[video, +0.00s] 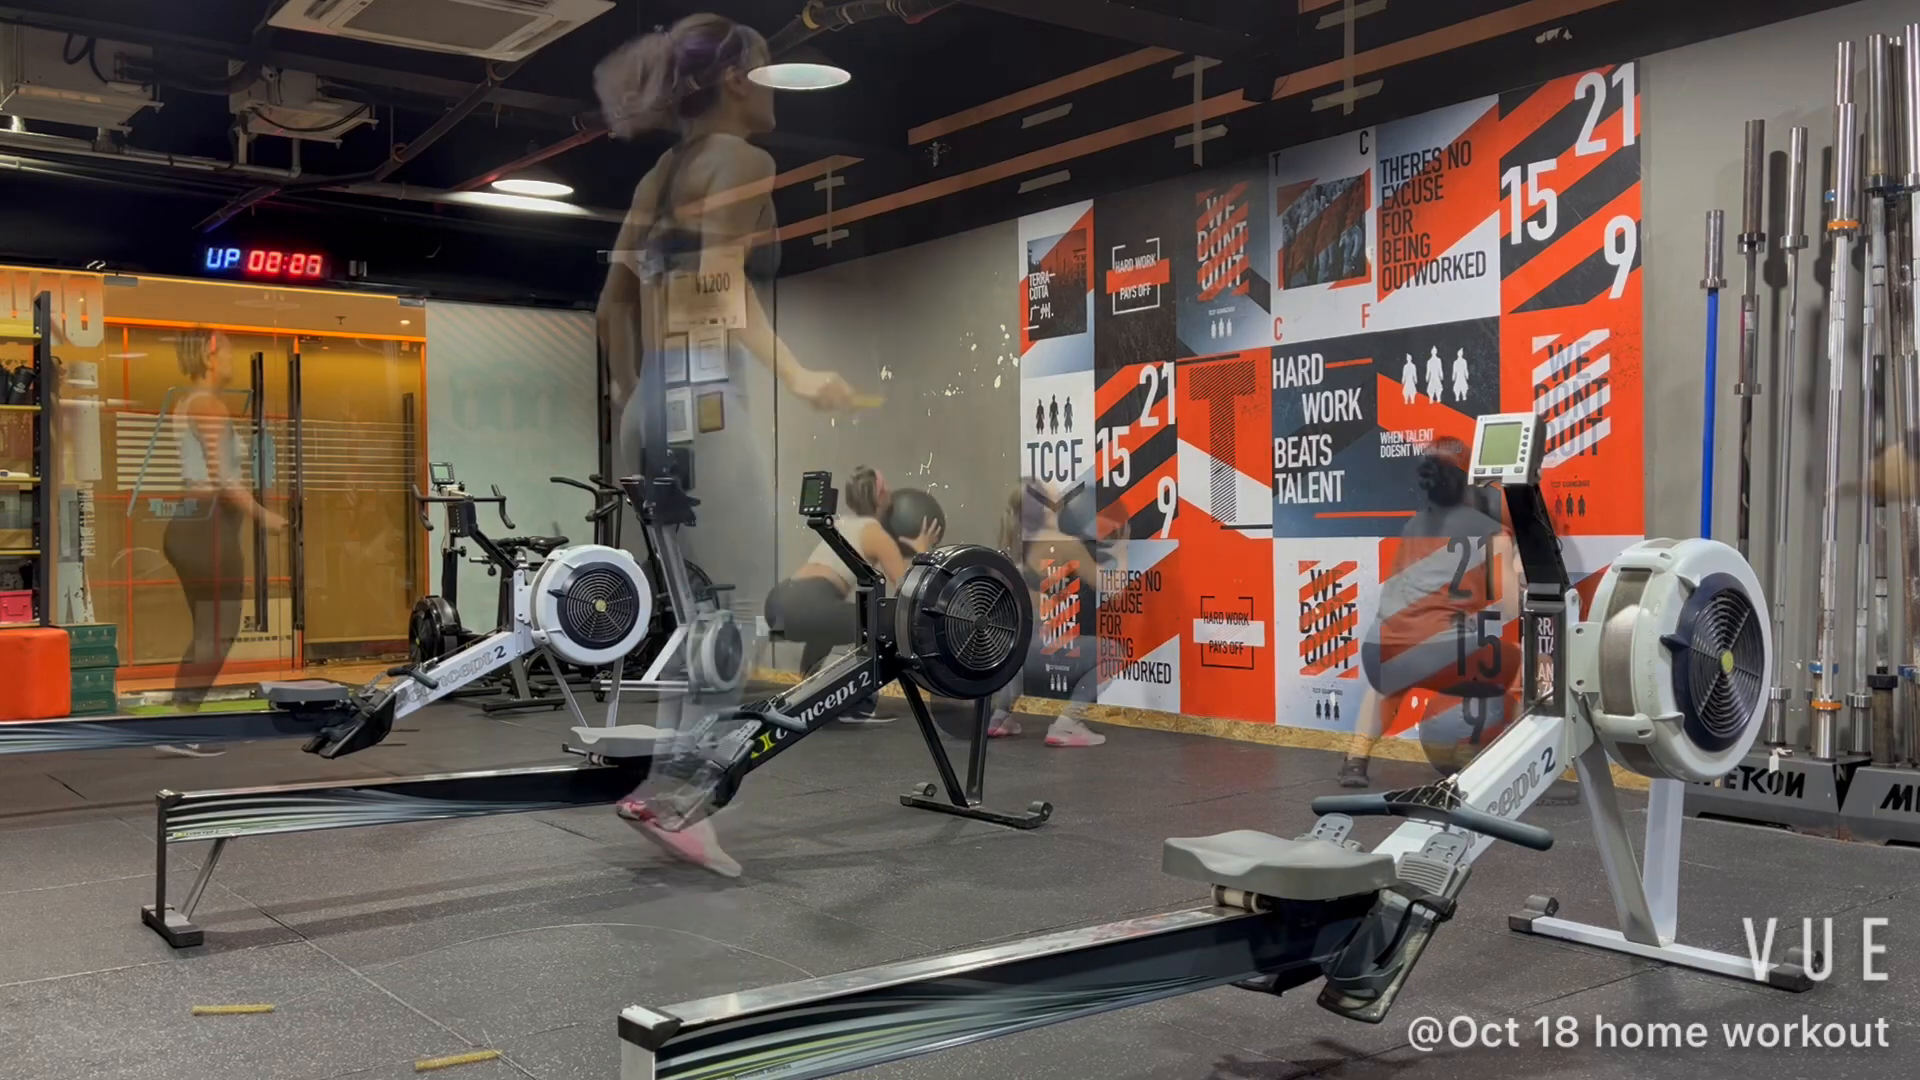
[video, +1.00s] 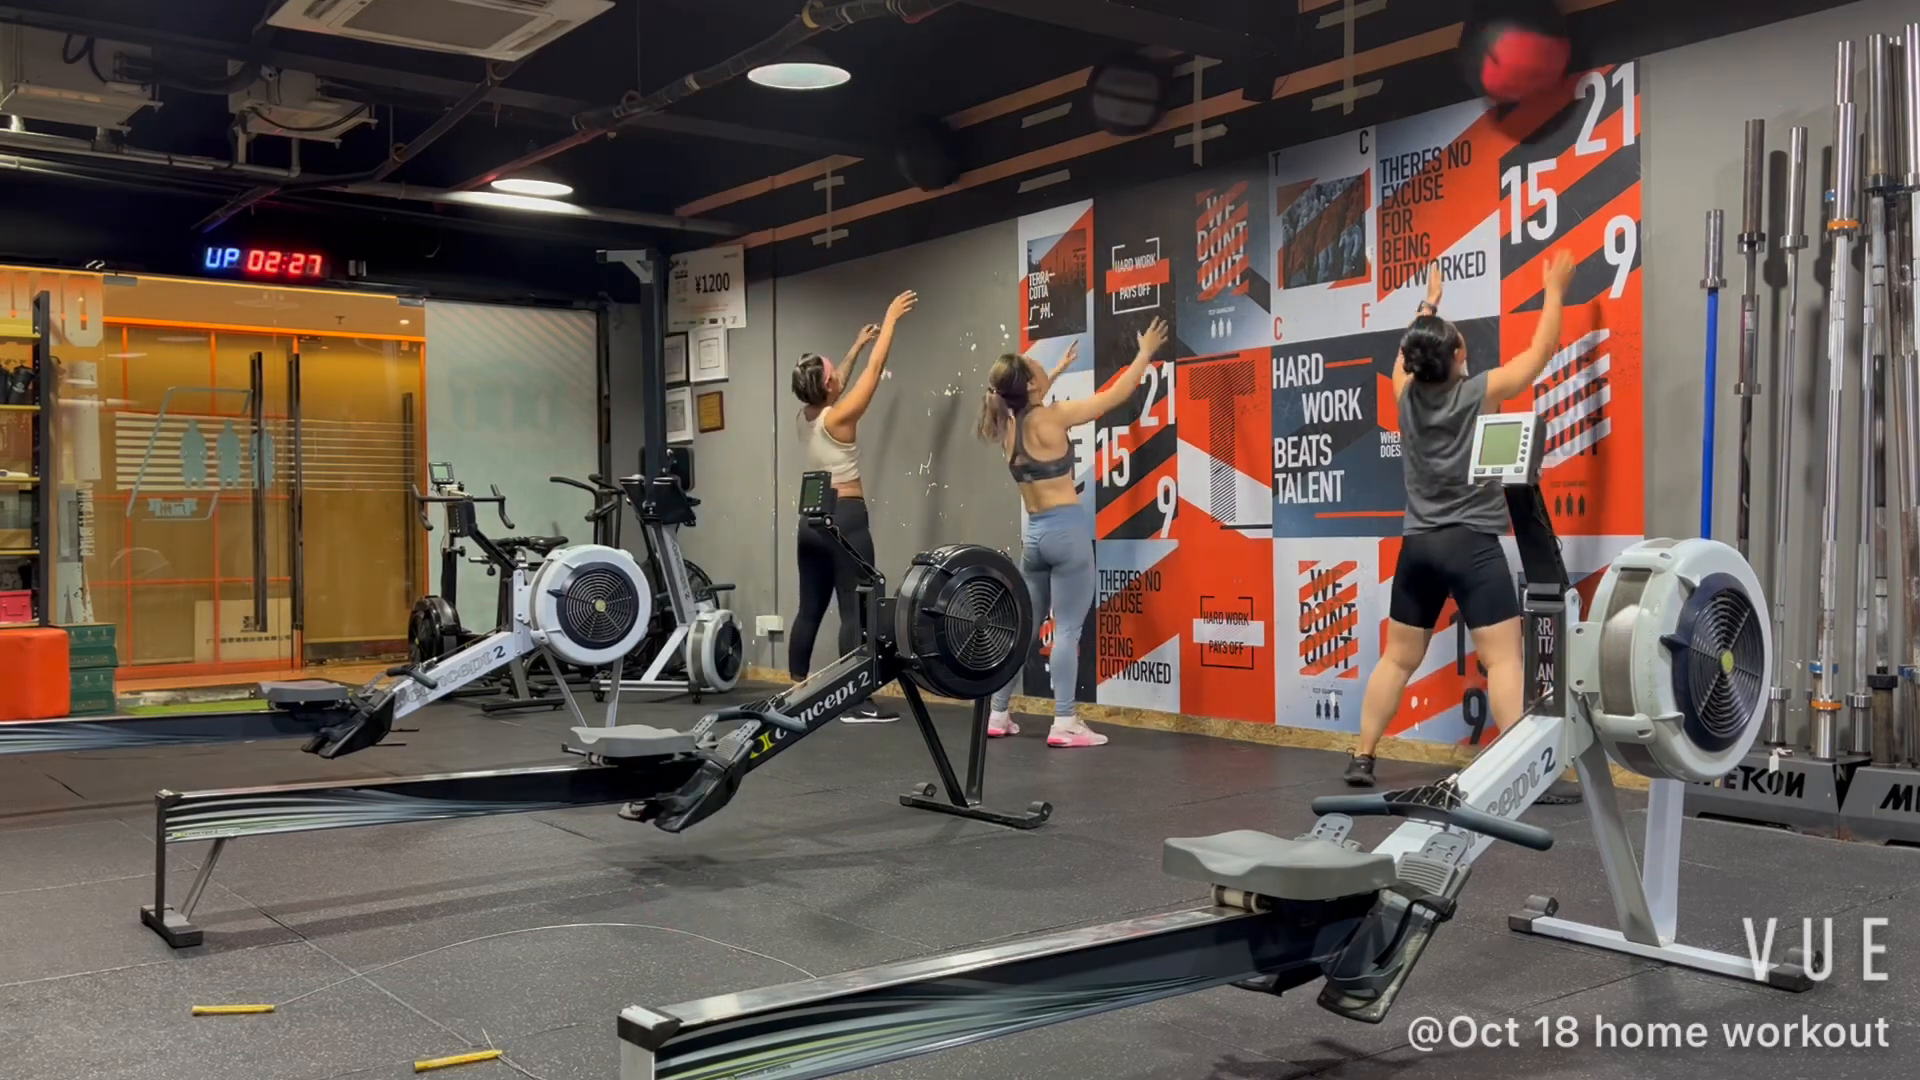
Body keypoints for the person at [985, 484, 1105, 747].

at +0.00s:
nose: (1057, 508)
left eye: (1054, 504)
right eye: (1053, 503)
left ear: (1019, 513)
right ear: (1046, 510)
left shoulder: (1012, 547)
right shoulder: (1067, 545)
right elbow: (1104, 584)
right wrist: (1121, 554)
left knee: (1014, 638)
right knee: (1111, 651)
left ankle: (1000, 715)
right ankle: (1068, 722)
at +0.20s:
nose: (1055, 440)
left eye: (1050, 437)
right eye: (1049, 440)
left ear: (1026, 460)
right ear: (1043, 457)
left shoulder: (1021, 487)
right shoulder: (1068, 489)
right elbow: (1119, 524)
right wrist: (1123, 491)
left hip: (1005, 587)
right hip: (1037, 594)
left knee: (1032, 647)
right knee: (1107, 649)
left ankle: (1000, 716)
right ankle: (1067, 723)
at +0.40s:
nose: (1046, 370)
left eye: (1042, 365)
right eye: (1040, 367)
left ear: (1012, 386)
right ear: (1036, 378)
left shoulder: (1020, 415)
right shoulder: (1063, 407)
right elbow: (1126, 411)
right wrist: (1125, 364)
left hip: (1022, 521)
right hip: (1053, 523)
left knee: (1018, 617)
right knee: (1086, 617)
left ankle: (1000, 702)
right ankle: (1070, 712)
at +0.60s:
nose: (1044, 341)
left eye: (1039, 339)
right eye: (1039, 342)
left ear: (1020, 365)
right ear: (1035, 359)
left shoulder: (1017, 392)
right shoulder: (1062, 382)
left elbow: (1032, 333)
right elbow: (1093, 326)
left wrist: (1045, 286)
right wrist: (1108, 271)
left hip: (1031, 506)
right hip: (1065, 505)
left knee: (1023, 606)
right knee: (1074, 611)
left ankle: (1005, 689)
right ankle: (1078, 703)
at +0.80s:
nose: (1045, 369)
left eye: (1040, 365)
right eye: (1041, 368)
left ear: (1014, 386)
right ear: (1037, 380)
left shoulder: (1013, 418)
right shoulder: (1058, 410)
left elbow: (1023, 367)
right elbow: (1100, 365)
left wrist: (1040, 323)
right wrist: (1113, 313)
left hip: (1036, 528)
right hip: (1072, 525)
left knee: (1023, 624)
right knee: (1067, 630)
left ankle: (998, 713)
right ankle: (1064, 723)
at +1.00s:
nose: (1043, 378)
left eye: (1040, 374)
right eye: (1038, 374)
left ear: (1014, 393)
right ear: (1031, 387)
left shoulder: (1012, 425)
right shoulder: (1055, 415)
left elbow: (1036, 400)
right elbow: (1117, 394)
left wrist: (1059, 369)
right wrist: (1145, 352)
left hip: (1034, 529)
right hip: (1067, 527)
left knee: (1022, 624)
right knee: (1067, 629)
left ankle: (997, 713)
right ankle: (1065, 722)